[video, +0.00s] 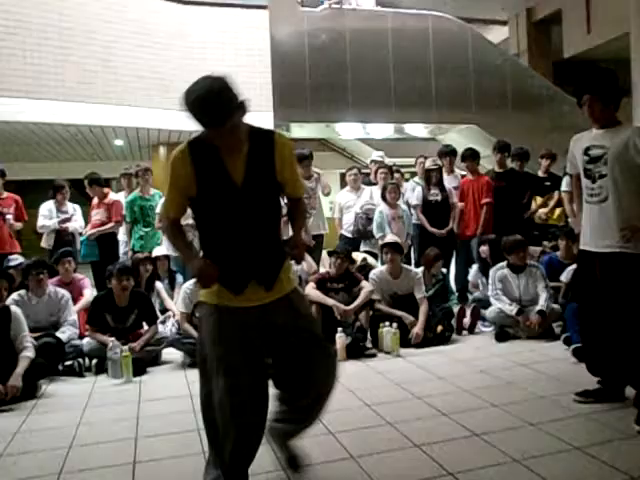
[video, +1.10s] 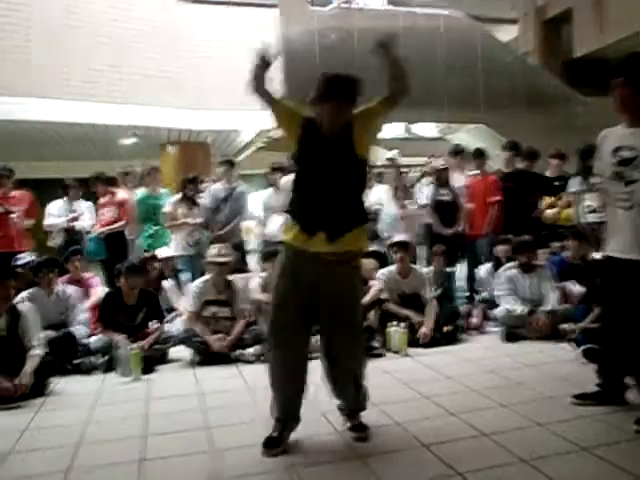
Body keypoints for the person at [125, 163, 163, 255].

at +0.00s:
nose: (146, 178)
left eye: (148, 175)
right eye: (142, 175)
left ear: (151, 177)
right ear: (137, 179)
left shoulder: (158, 196)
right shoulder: (131, 200)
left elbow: (163, 218)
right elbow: (128, 223)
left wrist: (165, 240)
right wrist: (129, 245)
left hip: (156, 240)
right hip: (139, 241)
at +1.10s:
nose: (157, 179)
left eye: (158, 175)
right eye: (153, 175)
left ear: (161, 177)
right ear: (147, 178)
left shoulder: (166, 194)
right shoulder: (140, 196)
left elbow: (171, 214)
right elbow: (138, 218)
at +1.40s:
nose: (151, 172)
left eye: (153, 168)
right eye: (148, 169)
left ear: (157, 170)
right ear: (143, 171)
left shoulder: (164, 188)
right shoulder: (137, 191)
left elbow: (168, 210)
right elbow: (135, 214)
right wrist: (133, 233)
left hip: (162, 231)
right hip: (144, 232)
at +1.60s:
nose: (142, 170)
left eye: (144, 167)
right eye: (138, 168)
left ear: (148, 169)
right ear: (133, 170)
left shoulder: (154, 187)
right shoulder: (127, 190)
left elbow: (159, 209)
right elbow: (123, 213)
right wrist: (121, 234)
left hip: (152, 231)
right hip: (134, 232)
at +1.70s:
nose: (137, 170)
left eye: (140, 166)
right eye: (134, 167)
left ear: (143, 169)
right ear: (129, 170)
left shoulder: (149, 188)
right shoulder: (123, 191)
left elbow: (154, 209)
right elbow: (120, 214)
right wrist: (118, 234)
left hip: (147, 228)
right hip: (130, 229)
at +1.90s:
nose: (135, 149)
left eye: (137, 145)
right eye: (132, 146)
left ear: (141, 148)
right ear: (127, 149)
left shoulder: (148, 166)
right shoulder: (121, 170)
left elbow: (152, 188)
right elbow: (119, 193)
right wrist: (118, 214)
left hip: (146, 209)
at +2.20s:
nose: (138, 149)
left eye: (141, 145)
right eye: (135, 146)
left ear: (144, 147)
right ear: (130, 149)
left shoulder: (151, 166)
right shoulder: (125, 170)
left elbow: (156, 188)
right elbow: (123, 192)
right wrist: (122, 214)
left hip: (150, 210)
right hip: (133, 212)